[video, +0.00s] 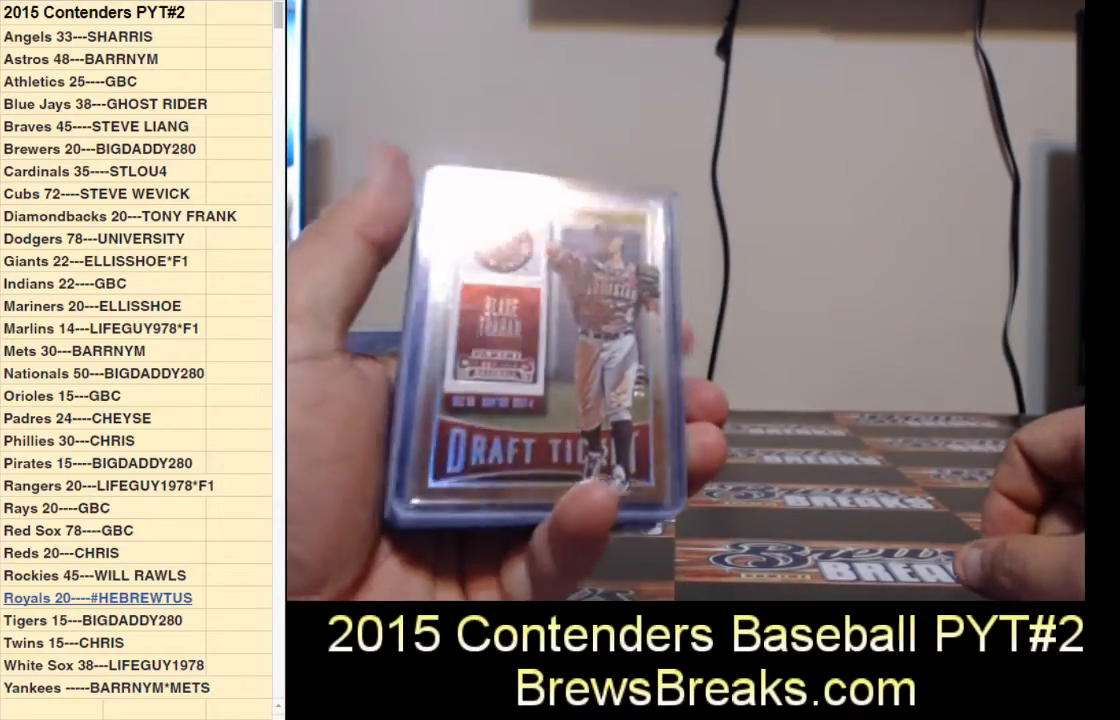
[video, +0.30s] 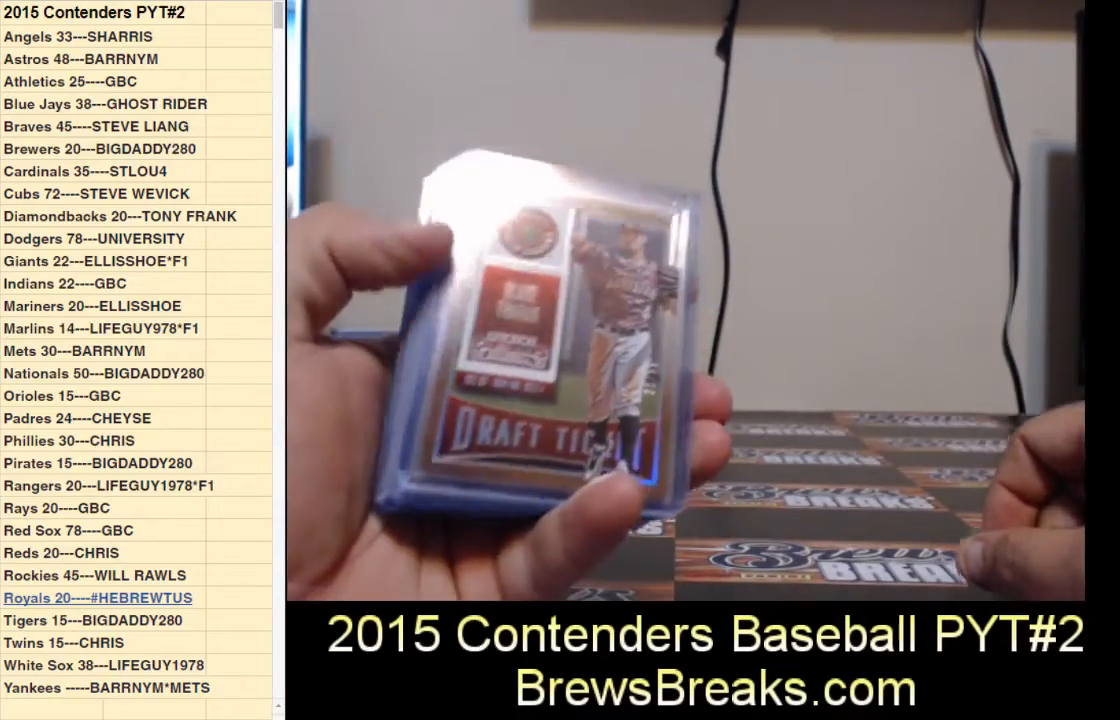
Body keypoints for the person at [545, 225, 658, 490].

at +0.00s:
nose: (603, 243)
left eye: (609, 238)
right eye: (599, 237)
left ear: (620, 241)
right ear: (594, 240)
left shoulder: (633, 273)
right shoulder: (583, 267)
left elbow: (653, 306)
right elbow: (562, 261)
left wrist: (653, 290)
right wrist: (557, 257)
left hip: (622, 341)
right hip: (589, 342)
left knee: (619, 404)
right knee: (588, 404)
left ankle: (621, 468)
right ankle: (594, 458)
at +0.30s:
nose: (629, 239)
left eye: (635, 234)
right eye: (625, 233)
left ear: (644, 240)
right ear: (620, 237)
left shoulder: (653, 270)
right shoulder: (605, 259)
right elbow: (578, 248)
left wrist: (680, 290)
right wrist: (581, 246)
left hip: (636, 336)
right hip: (604, 334)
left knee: (629, 399)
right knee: (599, 397)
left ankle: (626, 462)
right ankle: (598, 457)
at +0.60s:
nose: (651, 227)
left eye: (657, 221)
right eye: (647, 221)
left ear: (668, 225)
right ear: (641, 224)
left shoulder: (678, 257)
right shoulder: (629, 252)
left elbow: (697, 286)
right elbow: (603, 238)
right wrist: (610, 238)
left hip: (665, 318)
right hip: (634, 317)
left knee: (660, 382)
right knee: (629, 382)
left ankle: (661, 444)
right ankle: (631, 443)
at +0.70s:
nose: (672, 235)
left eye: (677, 229)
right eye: (667, 228)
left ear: (686, 233)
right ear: (659, 231)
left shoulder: (695, 263)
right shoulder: (648, 257)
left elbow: (711, 296)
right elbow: (622, 246)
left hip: (685, 328)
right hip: (654, 328)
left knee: (680, 393)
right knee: (650, 393)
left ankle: (681, 454)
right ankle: (653, 452)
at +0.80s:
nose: (702, 252)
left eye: (708, 247)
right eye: (698, 245)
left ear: (714, 249)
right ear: (691, 247)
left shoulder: (723, 275)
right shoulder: (675, 267)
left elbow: (735, 307)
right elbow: (645, 257)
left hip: (714, 340)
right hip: (682, 339)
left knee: (709, 403)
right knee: (679, 400)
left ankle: (710, 462)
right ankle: (682, 457)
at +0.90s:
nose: (723, 272)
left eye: (729, 266)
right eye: (716, 266)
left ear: (736, 262)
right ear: (706, 261)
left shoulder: (743, 284)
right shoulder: (695, 279)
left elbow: (772, 295)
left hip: (734, 352)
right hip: (704, 351)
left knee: (733, 417)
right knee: (704, 418)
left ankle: (734, 479)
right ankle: (709, 474)